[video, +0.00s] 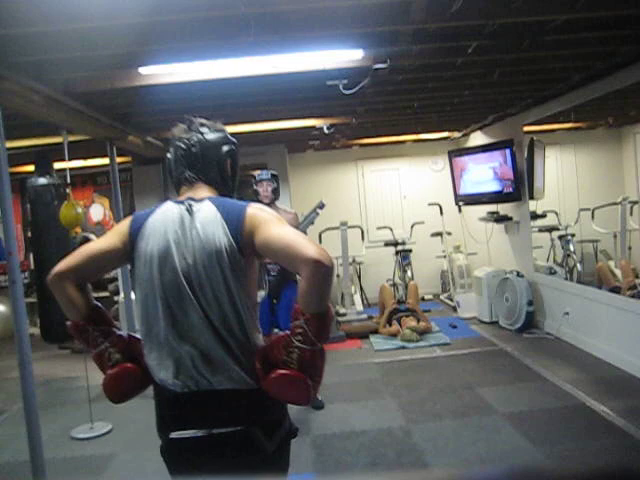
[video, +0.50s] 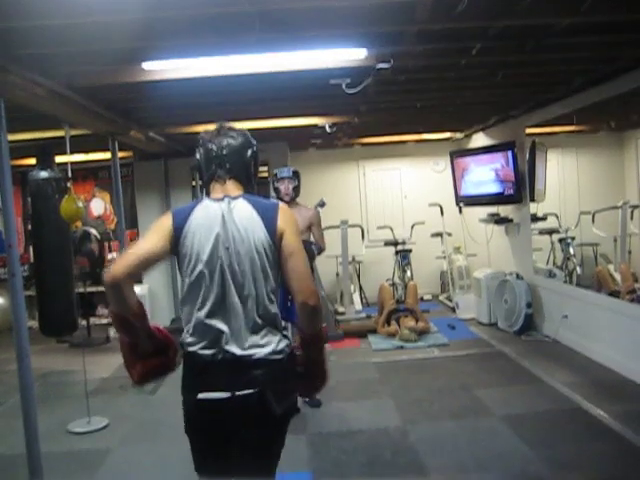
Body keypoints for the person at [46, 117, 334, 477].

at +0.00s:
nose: (238, 173)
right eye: (236, 166)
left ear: (172, 174)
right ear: (228, 169)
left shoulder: (138, 226)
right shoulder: (247, 216)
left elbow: (61, 277)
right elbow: (317, 261)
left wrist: (107, 343)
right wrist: (302, 345)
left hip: (179, 425)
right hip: (249, 419)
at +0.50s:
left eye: (199, 163)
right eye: (257, 162)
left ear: (200, 171)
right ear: (252, 167)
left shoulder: (177, 220)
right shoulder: (277, 214)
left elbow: (115, 276)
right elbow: (308, 299)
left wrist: (142, 342)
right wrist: (314, 358)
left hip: (205, 383)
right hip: (269, 379)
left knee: (212, 473)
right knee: (258, 473)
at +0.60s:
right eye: (256, 176)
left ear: (202, 184)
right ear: (250, 180)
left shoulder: (181, 237)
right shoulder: (276, 227)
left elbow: (135, 306)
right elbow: (306, 311)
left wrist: (150, 362)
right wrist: (301, 365)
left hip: (206, 398)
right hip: (269, 392)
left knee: (212, 474)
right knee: (260, 474)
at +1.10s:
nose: (247, 175)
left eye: (245, 169)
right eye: (244, 169)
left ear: (200, 179)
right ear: (238, 174)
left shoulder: (178, 227)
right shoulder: (256, 214)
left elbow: (153, 295)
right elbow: (284, 288)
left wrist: (180, 315)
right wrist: (290, 326)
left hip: (208, 366)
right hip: (259, 361)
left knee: (224, 461)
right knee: (292, 453)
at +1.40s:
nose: (278, 180)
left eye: (277, 175)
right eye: (275, 175)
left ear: (231, 180)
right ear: (267, 177)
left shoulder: (209, 226)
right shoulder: (285, 216)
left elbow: (184, 290)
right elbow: (305, 291)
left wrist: (224, 309)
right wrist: (312, 325)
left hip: (233, 362)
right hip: (284, 360)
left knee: (238, 461)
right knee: (302, 457)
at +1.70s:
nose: (307, 174)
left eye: (272, 170)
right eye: (306, 169)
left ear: (267, 176)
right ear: (305, 174)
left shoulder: (247, 221)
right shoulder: (326, 213)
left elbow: (226, 286)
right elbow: (355, 280)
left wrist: (263, 301)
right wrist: (349, 310)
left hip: (270, 354)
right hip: (320, 351)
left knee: (264, 442)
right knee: (317, 445)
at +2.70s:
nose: (312, 179)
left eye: (309, 174)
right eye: (310, 174)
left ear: (272, 182)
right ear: (305, 178)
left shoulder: (255, 224)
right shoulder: (317, 212)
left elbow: (244, 283)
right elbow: (341, 273)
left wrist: (275, 266)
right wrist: (334, 258)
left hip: (277, 332)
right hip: (316, 329)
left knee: (292, 422)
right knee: (336, 422)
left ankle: (296, 478)